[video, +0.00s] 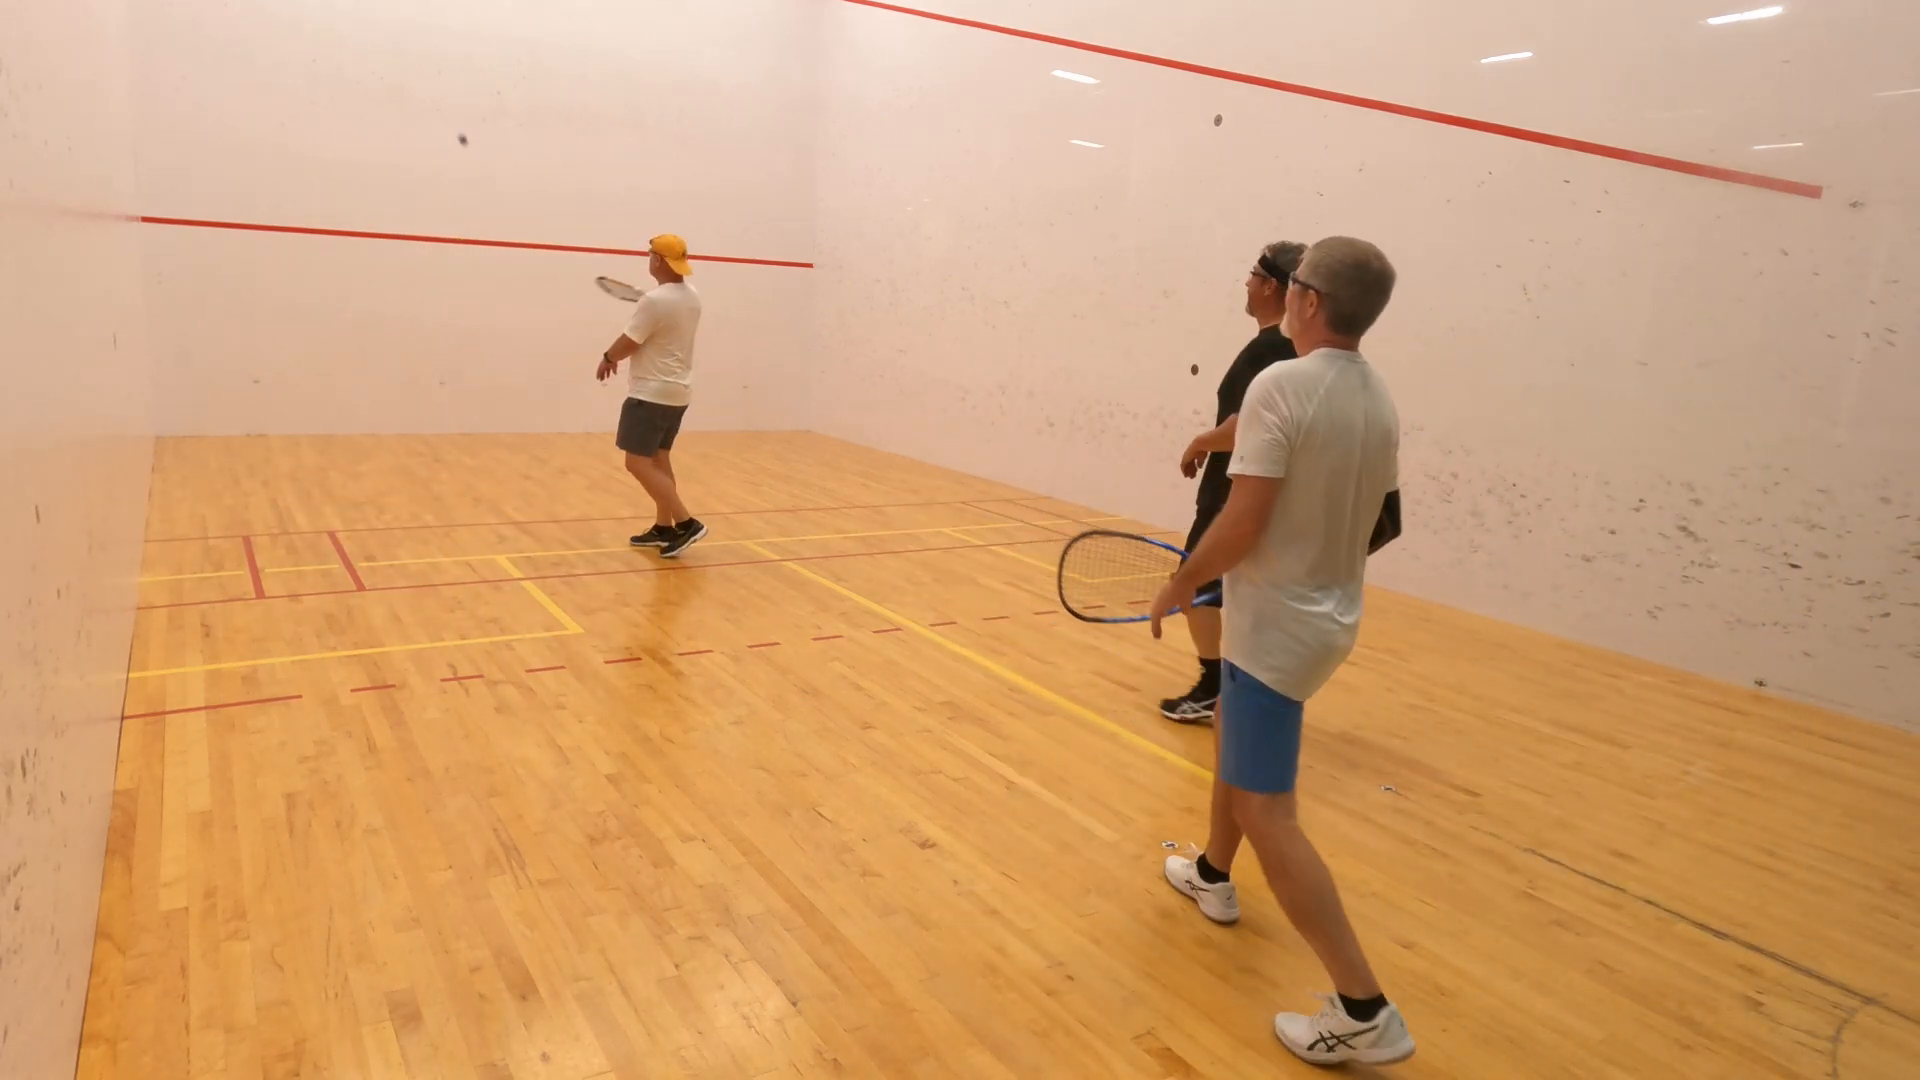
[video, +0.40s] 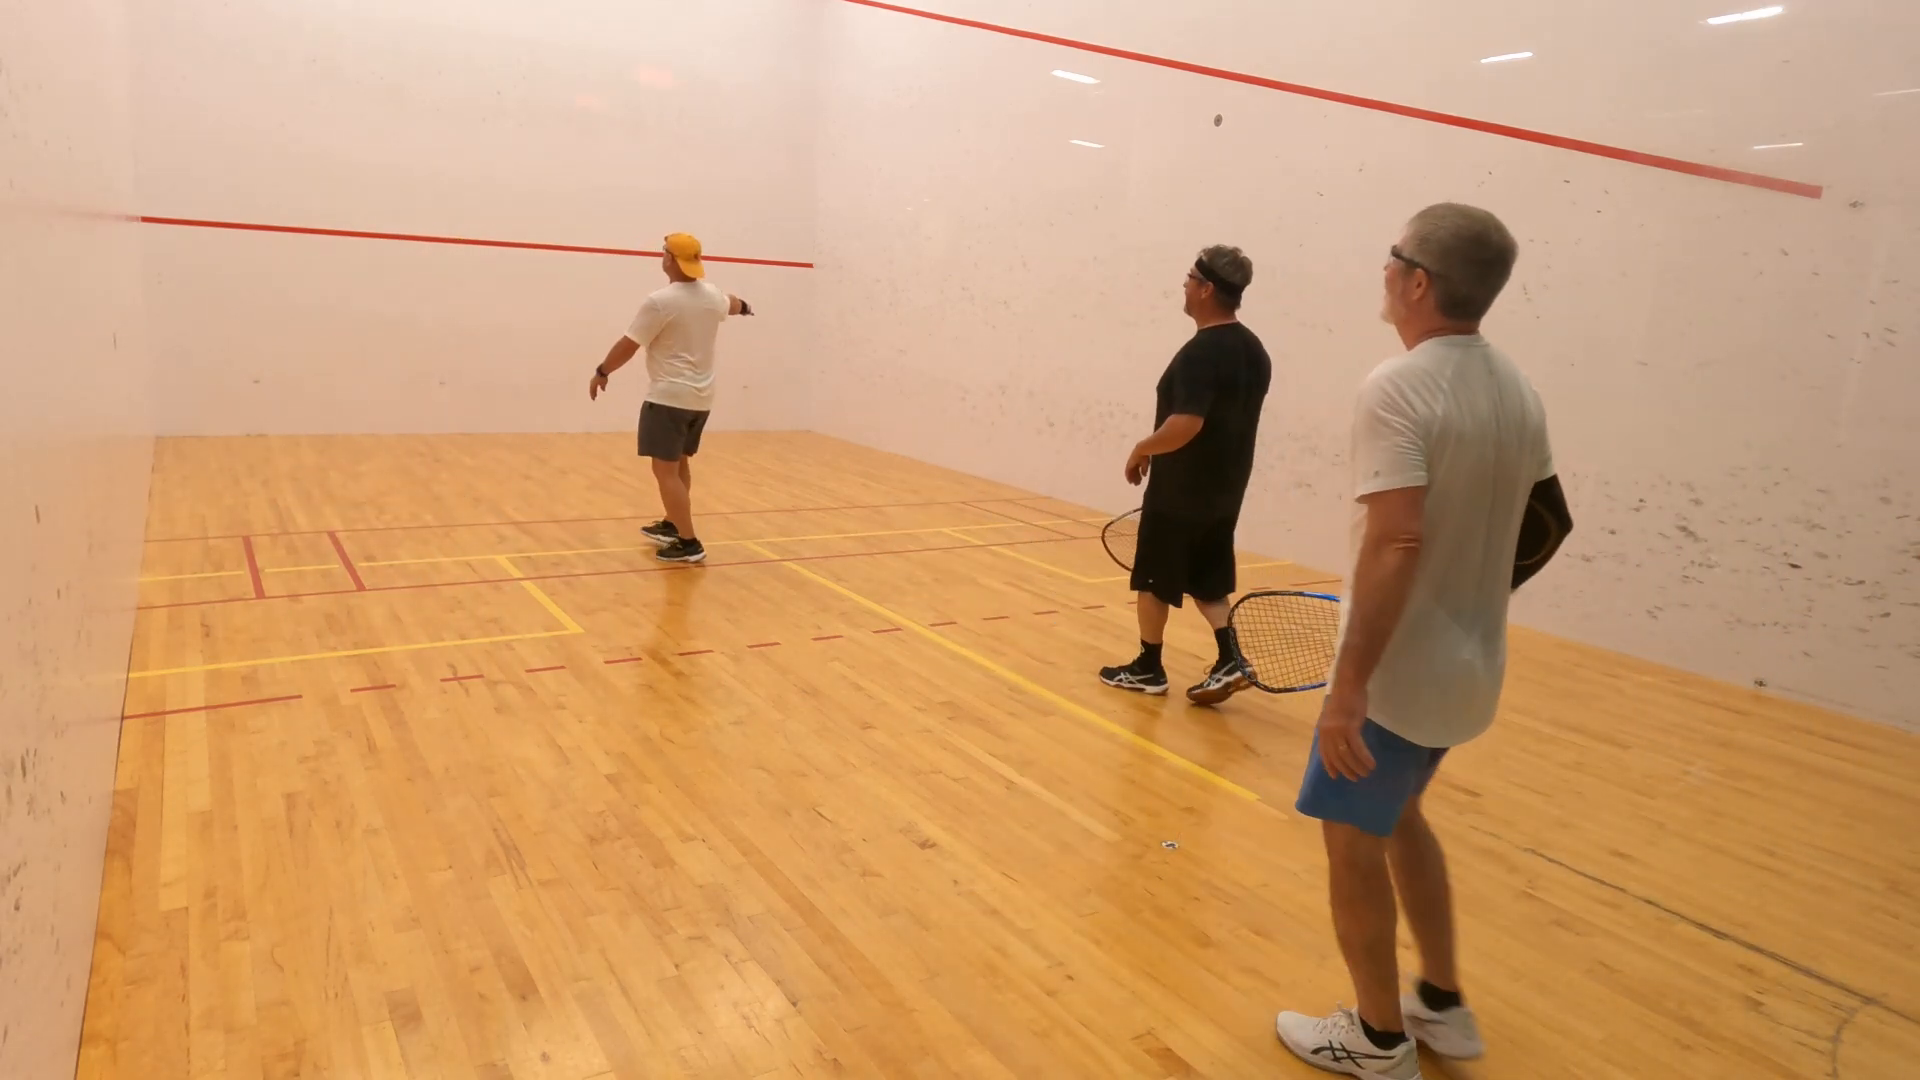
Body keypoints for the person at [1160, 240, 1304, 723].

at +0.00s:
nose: (1246, 283)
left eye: (1256, 276)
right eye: (1252, 274)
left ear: (1274, 289)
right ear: (1282, 292)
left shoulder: (1268, 352)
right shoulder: (1290, 350)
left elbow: (1250, 422)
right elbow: (1258, 420)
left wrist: (1200, 443)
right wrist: (1212, 442)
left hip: (1228, 495)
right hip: (1250, 493)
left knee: (1198, 584)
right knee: (1235, 587)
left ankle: (1212, 684)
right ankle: (1228, 685)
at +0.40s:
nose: (1184, 287)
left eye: (1190, 281)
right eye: (1188, 279)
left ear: (1207, 292)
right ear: (1231, 294)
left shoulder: (1200, 352)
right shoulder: (1254, 352)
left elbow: (1184, 424)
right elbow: (1233, 427)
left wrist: (1142, 449)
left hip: (1179, 492)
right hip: (1222, 495)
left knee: (1153, 576)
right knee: (1207, 576)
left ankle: (1148, 666)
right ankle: (1231, 659)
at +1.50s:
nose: (1137, 308)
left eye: (1144, 299)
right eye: (1137, 298)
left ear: (1173, 297)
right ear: (1171, 298)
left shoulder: (1201, 345)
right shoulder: (1181, 335)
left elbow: (1211, 424)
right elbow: (1182, 414)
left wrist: (1154, 459)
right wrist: (1153, 465)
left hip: (1185, 477)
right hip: (1187, 475)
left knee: (1159, 566)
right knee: (1201, 561)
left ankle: (1150, 665)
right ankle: (1198, 653)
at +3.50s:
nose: (1160, 291)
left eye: (1167, 285)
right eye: (1163, 284)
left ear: (1187, 294)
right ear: (1197, 295)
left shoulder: (1190, 348)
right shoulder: (1220, 342)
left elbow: (1189, 421)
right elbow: (1214, 417)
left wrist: (1172, 487)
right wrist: (1189, 473)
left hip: (1188, 478)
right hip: (1214, 476)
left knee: (1159, 565)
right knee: (1204, 556)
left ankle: (1150, 657)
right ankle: (1216, 635)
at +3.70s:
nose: (1185, 294)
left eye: (1192, 286)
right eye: (1185, 285)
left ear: (1210, 290)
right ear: (1210, 289)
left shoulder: (1218, 339)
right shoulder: (1217, 334)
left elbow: (1217, 411)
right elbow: (1219, 409)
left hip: (1213, 465)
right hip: (1213, 462)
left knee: (1196, 551)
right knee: (1209, 550)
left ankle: (1173, 649)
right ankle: (1215, 635)